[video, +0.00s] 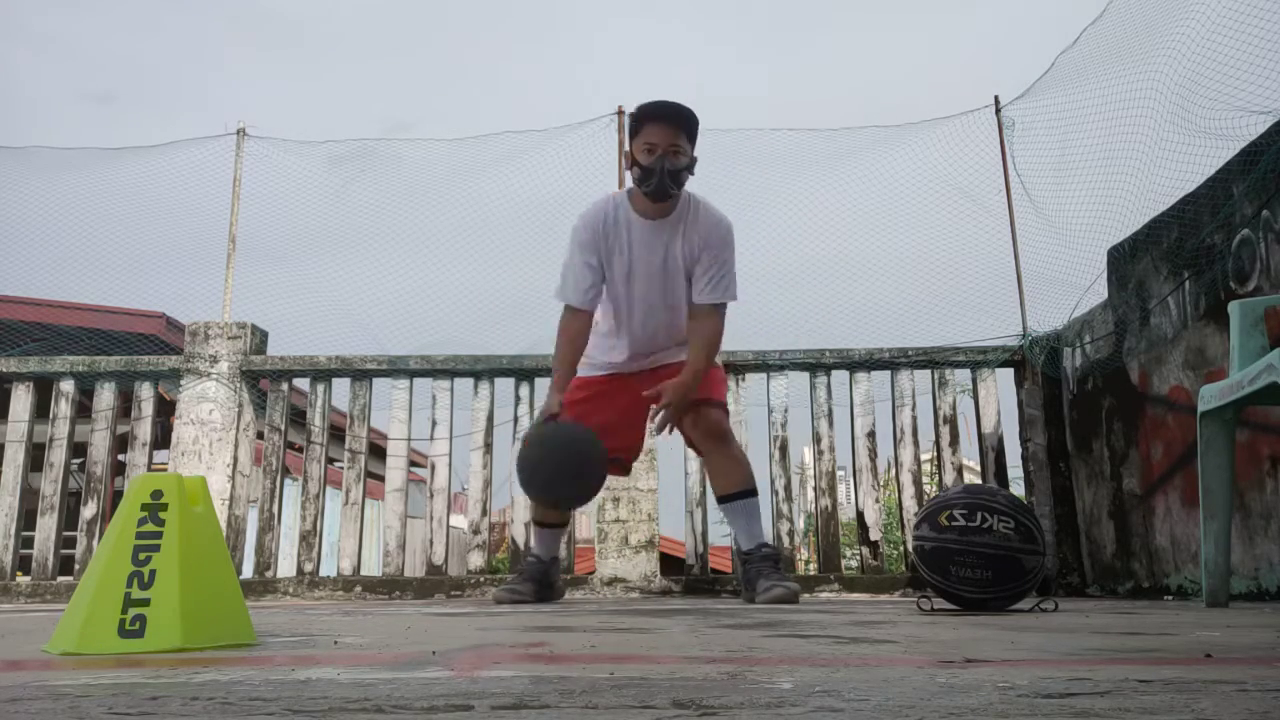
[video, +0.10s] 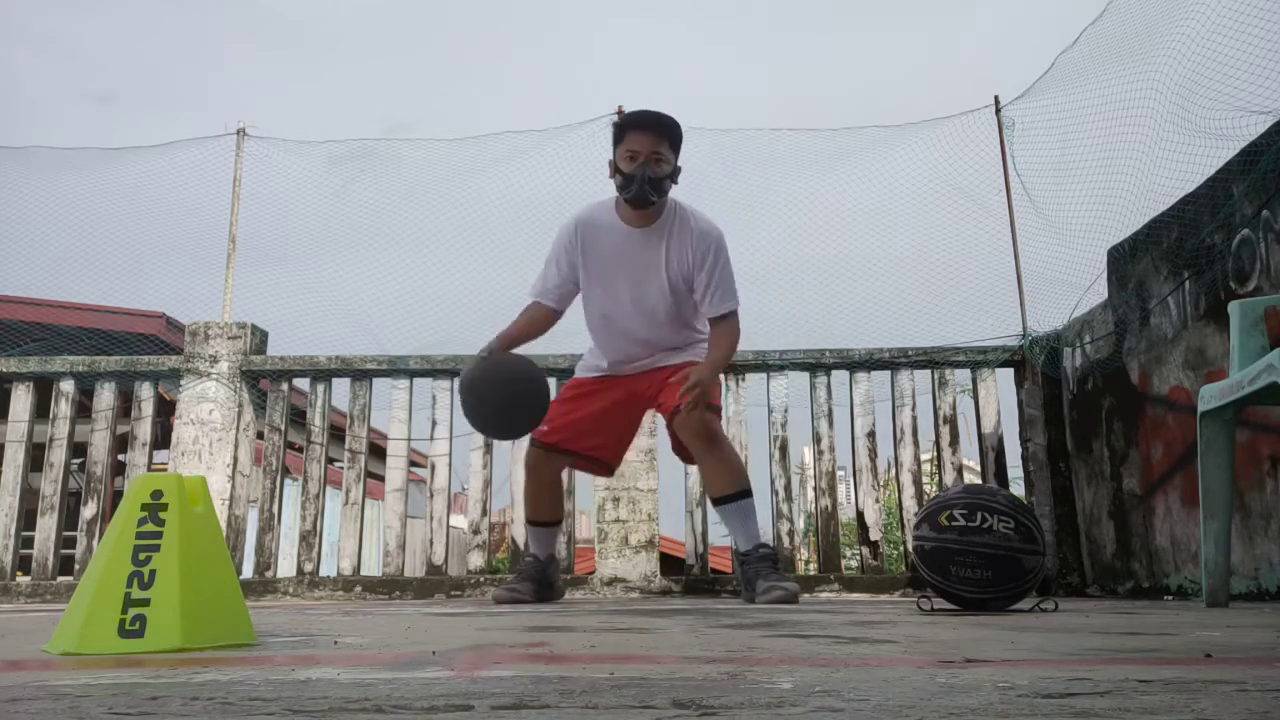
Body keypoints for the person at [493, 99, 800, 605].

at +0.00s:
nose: (659, 165)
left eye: (674, 154)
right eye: (648, 151)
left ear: (691, 161)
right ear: (630, 155)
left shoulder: (709, 227)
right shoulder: (598, 223)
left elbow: (708, 316)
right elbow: (577, 313)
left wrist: (689, 379)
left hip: (681, 362)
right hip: (607, 366)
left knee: (710, 426)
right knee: (556, 448)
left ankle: (758, 561)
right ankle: (541, 568)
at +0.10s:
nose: (642, 171)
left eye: (655, 161)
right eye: (631, 159)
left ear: (674, 169)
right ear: (613, 164)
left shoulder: (699, 235)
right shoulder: (584, 229)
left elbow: (724, 320)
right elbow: (548, 304)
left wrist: (711, 369)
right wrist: (499, 346)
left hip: (680, 365)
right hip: (605, 370)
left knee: (699, 425)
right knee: (542, 447)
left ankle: (756, 561)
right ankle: (540, 569)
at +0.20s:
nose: (639, 173)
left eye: (654, 162)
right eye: (629, 160)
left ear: (673, 170)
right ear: (612, 165)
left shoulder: (700, 236)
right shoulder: (582, 230)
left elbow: (733, 316)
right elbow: (550, 300)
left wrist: (737, 379)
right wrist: (502, 325)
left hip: (680, 364)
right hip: (603, 371)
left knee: (696, 426)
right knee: (541, 450)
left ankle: (756, 562)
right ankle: (540, 567)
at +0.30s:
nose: (657, 165)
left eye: (671, 154)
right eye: (646, 152)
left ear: (691, 164)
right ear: (629, 157)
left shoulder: (713, 233)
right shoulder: (592, 225)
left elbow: (734, 319)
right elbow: (569, 309)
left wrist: (747, 397)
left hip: (682, 362)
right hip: (604, 369)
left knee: (702, 425)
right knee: (550, 452)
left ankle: (755, 562)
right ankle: (541, 568)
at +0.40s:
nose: (687, 163)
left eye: (701, 153)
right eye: (676, 151)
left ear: (717, 164)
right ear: (657, 157)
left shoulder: (732, 238)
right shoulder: (618, 223)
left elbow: (735, 330)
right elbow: (604, 317)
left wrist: (740, 415)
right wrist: (615, 399)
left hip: (687, 362)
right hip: (617, 365)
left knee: (713, 423)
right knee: (555, 464)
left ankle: (755, 561)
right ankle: (542, 568)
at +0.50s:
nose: (713, 169)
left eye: (726, 159)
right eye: (701, 155)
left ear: (739, 169)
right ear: (678, 160)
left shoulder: (745, 243)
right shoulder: (637, 220)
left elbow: (743, 330)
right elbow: (616, 315)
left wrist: (755, 412)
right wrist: (646, 391)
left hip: (693, 362)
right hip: (620, 363)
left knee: (728, 422)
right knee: (569, 475)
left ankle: (758, 564)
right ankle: (542, 565)